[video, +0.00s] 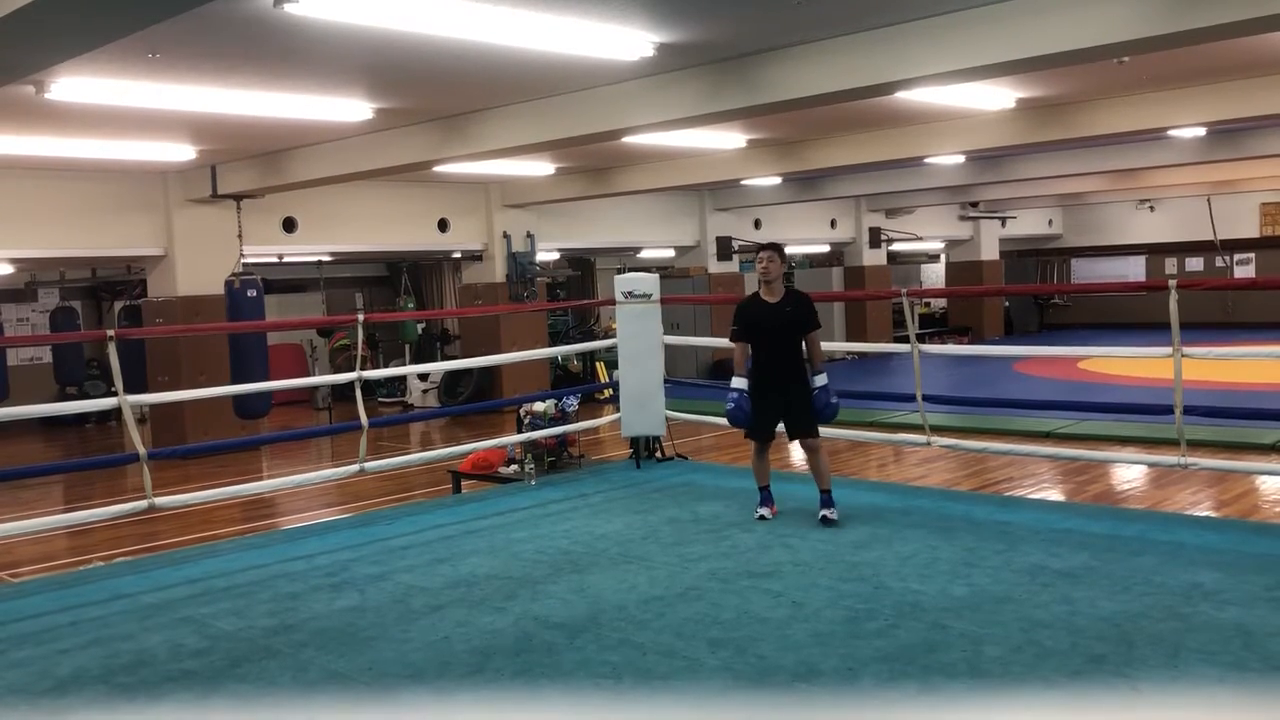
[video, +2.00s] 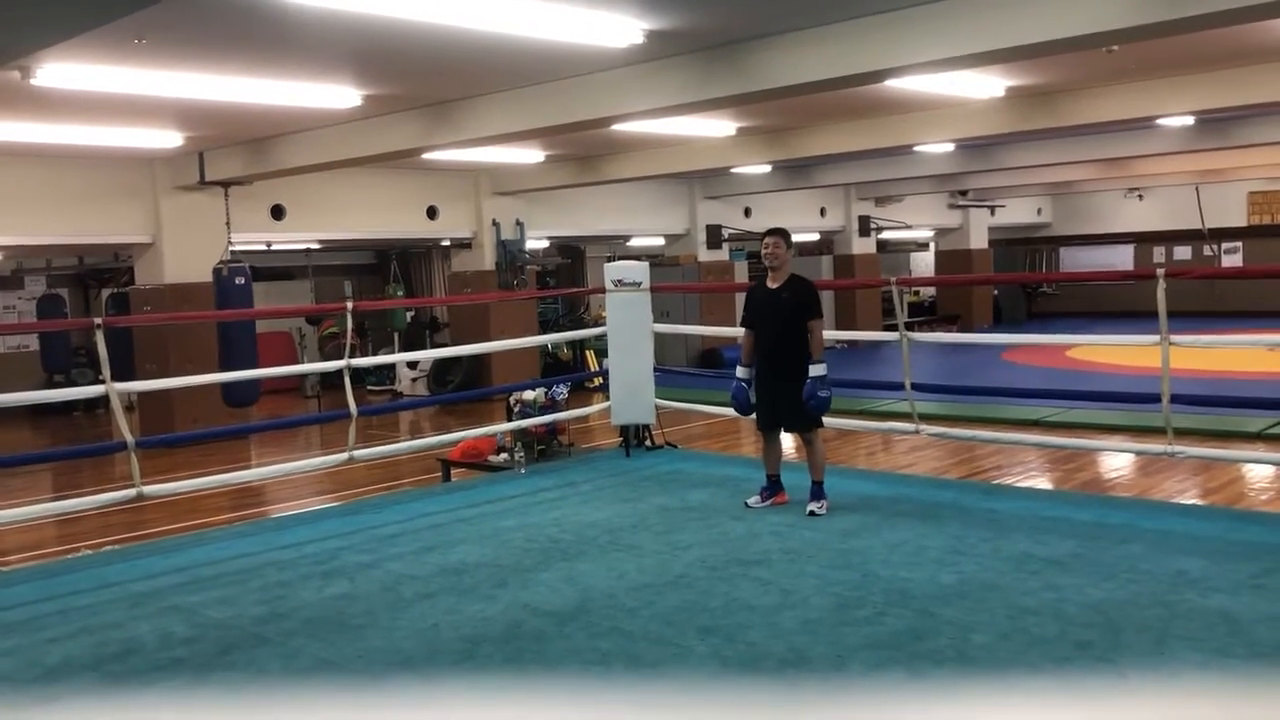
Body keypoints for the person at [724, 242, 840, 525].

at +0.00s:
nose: (764, 265)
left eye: (770, 261)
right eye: (760, 261)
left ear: (783, 266)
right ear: (756, 268)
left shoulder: (800, 301)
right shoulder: (746, 307)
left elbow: (813, 345)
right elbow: (740, 351)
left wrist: (821, 384)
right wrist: (737, 389)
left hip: (797, 385)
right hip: (761, 388)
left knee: (812, 443)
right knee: (760, 446)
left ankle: (827, 501)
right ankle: (765, 501)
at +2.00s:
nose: (769, 251)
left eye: (776, 246)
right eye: (766, 246)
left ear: (789, 252)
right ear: (761, 252)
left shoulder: (804, 288)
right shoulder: (756, 291)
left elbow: (816, 332)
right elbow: (748, 336)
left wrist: (818, 374)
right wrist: (742, 377)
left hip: (798, 375)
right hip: (766, 376)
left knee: (809, 434)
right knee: (768, 432)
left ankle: (817, 492)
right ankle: (773, 487)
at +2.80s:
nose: (777, 250)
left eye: (783, 245)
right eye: (772, 245)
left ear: (795, 249)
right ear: (767, 251)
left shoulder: (810, 284)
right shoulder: (761, 290)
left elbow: (820, 318)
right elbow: (754, 333)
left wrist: (810, 351)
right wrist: (750, 375)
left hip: (801, 367)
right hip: (770, 369)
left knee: (816, 431)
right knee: (775, 430)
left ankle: (825, 490)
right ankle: (781, 485)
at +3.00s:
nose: (778, 250)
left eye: (785, 245)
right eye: (774, 245)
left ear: (797, 250)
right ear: (769, 251)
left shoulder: (810, 281)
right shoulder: (762, 289)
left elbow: (812, 303)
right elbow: (755, 333)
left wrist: (795, 310)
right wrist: (750, 375)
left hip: (804, 370)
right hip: (773, 371)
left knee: (816, 431)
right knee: (776, 429)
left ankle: (826, 491)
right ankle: (781, 485)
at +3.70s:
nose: (775, 251)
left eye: (782, 246)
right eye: (772, 246)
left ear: (794, 249)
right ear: (766, 251)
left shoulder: (807, 283)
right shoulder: (763, 290)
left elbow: (810, 318)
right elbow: (759, 331)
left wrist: (799, 349)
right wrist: (756, 367)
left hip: (802, 365)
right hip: (771, 365)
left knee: (815, 427)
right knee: (775, 427)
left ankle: (825, 488)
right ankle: (781, 483)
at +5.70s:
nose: (772, 253)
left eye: (778, 247)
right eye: (768, 248)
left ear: (792, 250)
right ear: (763, 252)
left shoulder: (806, 286)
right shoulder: (759, 289)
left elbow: (814, 330)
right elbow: (752, 333)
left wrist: (814, 372)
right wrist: (747, 375)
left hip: (799, 372)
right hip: (768, 372)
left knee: (812, 431)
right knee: (772, 430)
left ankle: (822, 490)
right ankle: (778, 484)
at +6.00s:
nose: (774, 252)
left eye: (781, 247)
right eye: (770, 248)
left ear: (794, 250)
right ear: (766, 252)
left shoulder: (808, 286)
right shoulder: (761, 289)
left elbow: (816, 331)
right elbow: (754, 333)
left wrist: (815, 372)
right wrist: (748, 375)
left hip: (801, 372)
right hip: (770, 372)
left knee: (813, 432)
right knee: (774, 430)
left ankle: (823, 490)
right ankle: (779, 485)